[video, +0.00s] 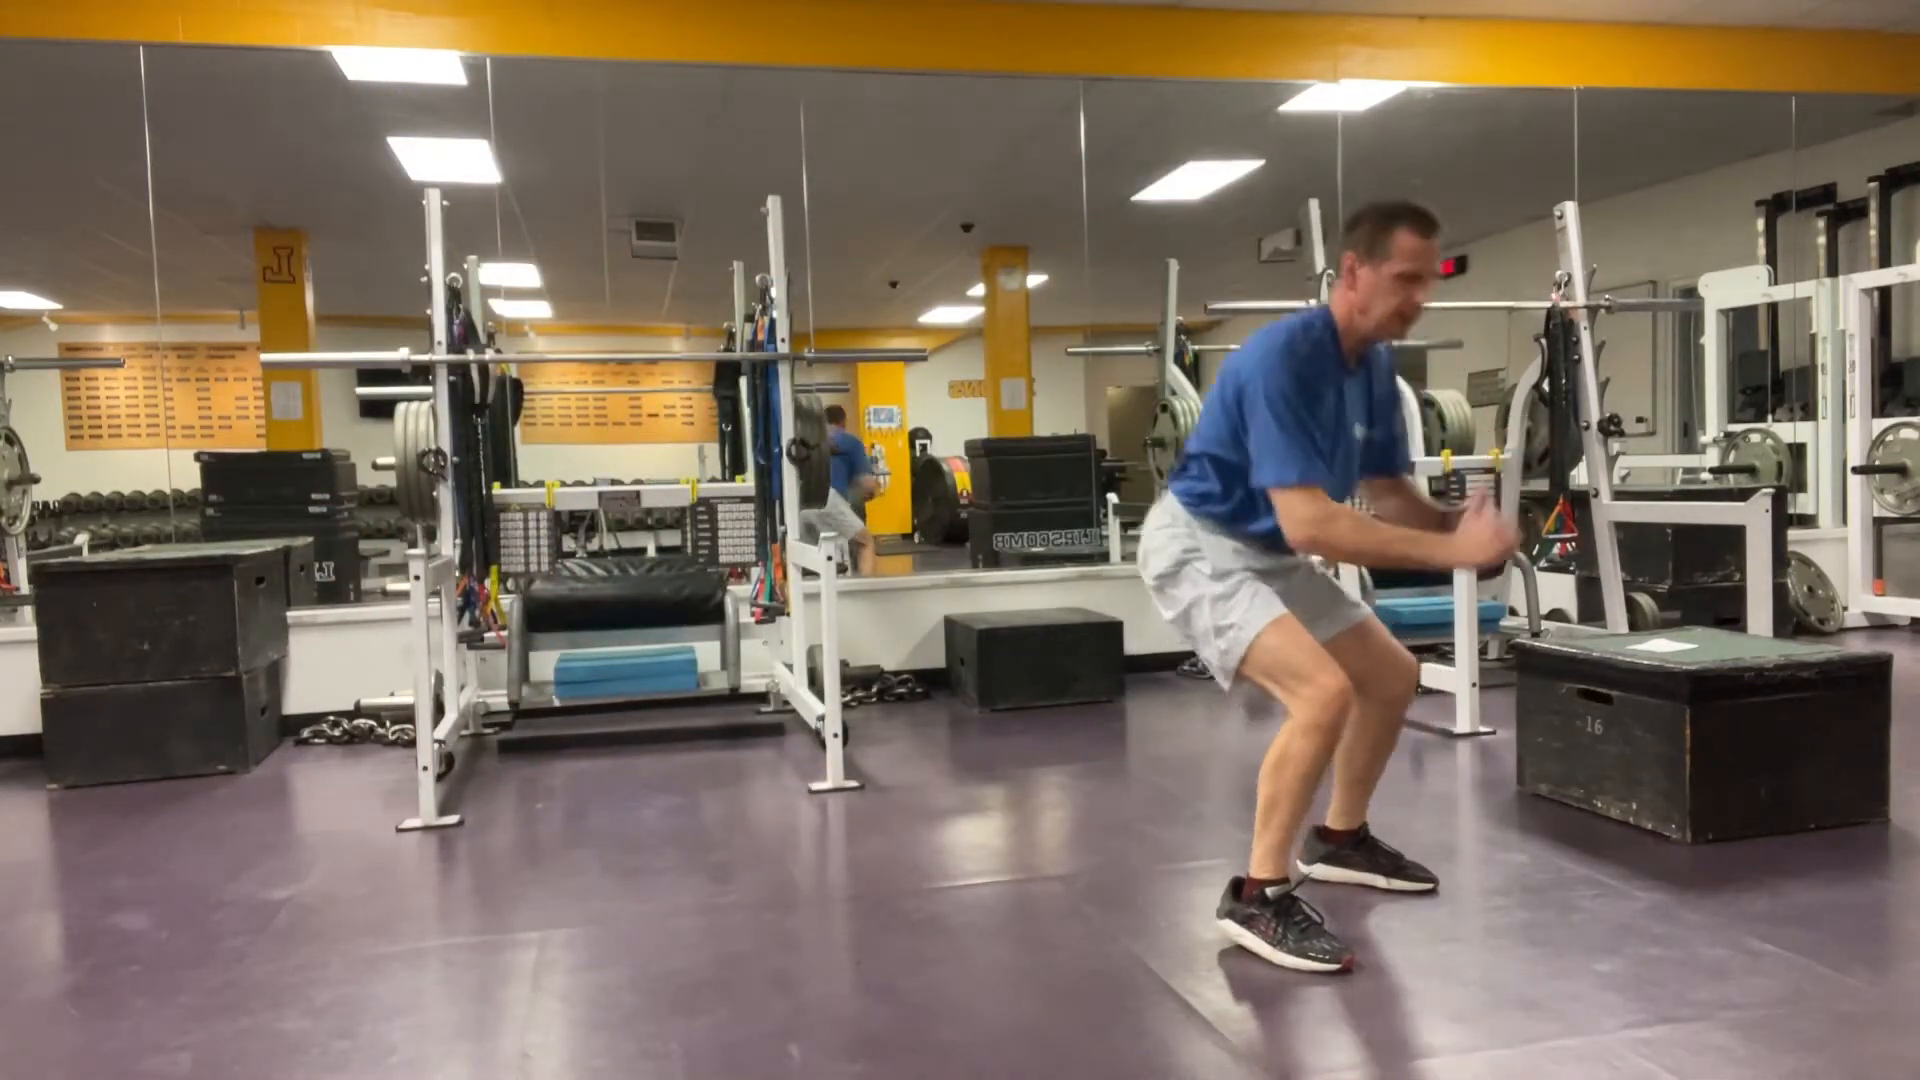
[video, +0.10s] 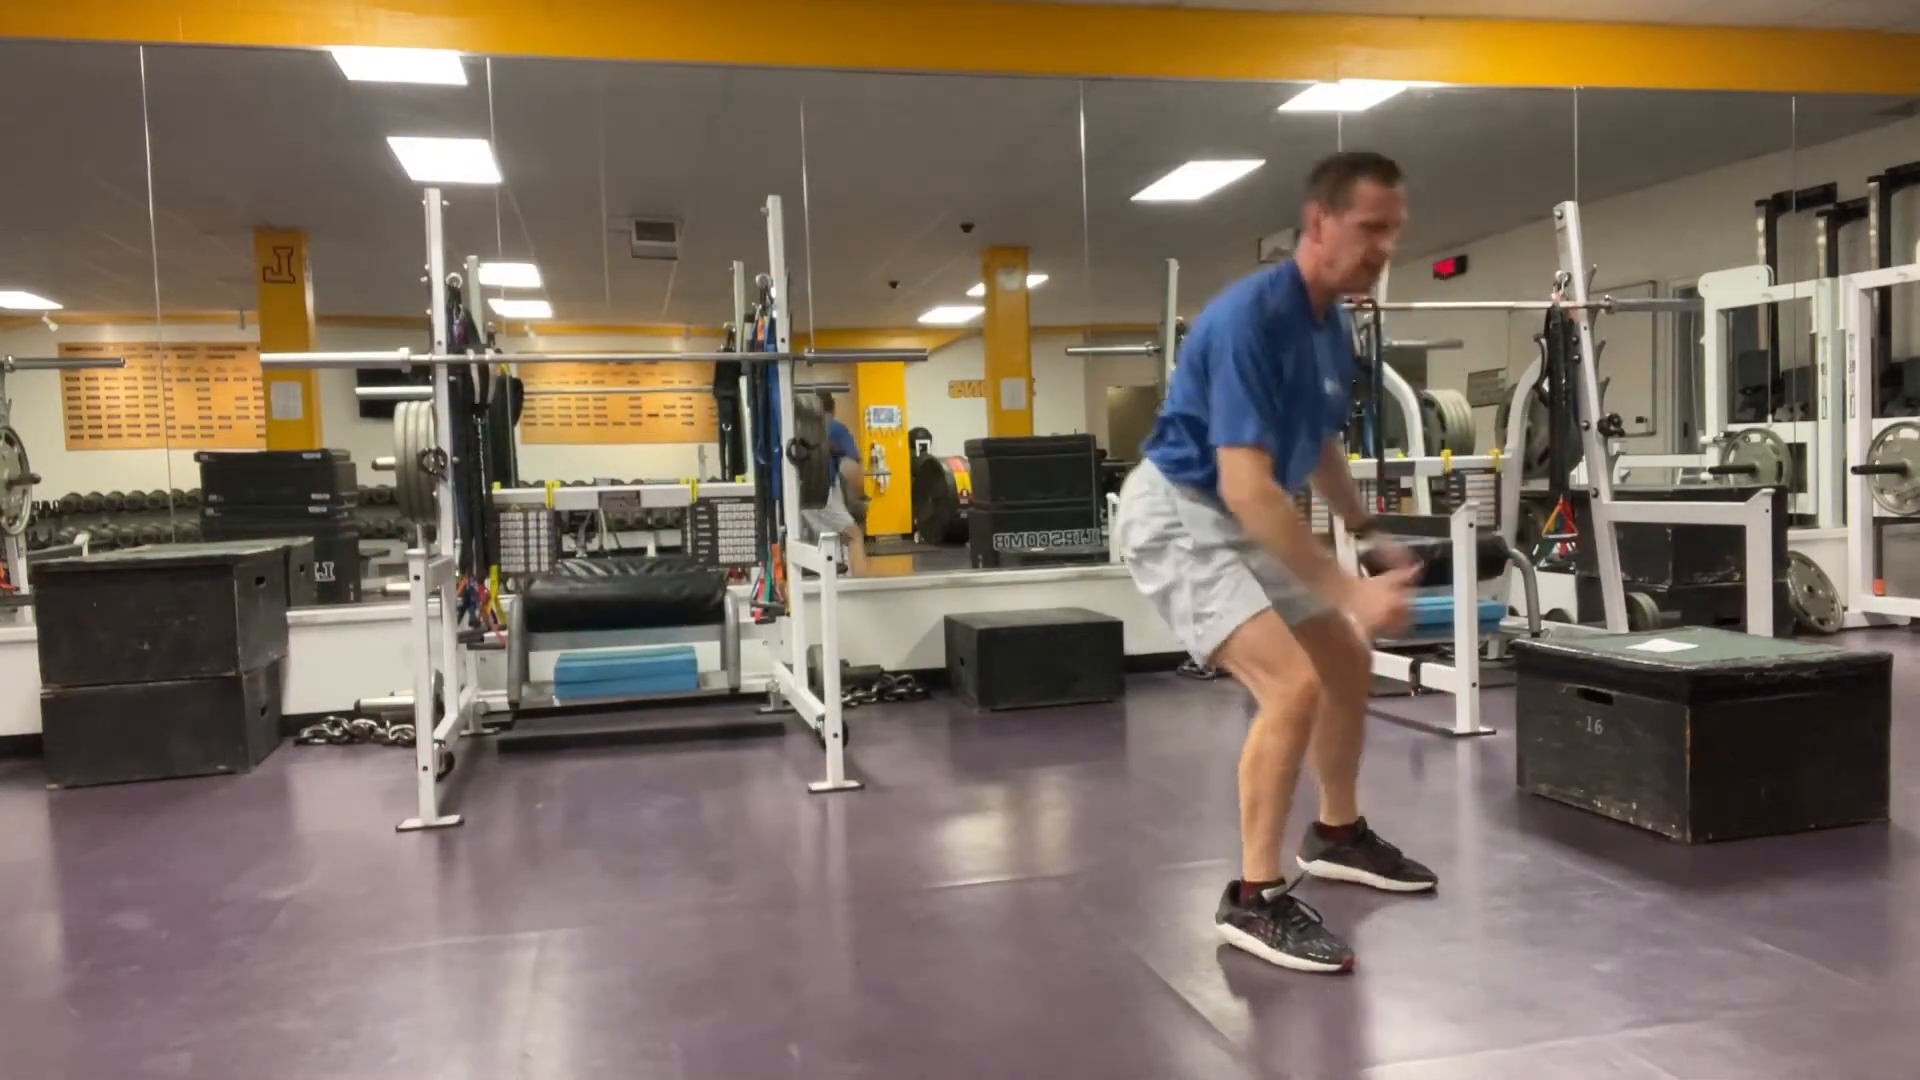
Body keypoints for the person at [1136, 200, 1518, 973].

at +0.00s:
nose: (1421, 300)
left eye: (1428, 282)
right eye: (1407, 280)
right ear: (1353, 275)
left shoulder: (1375, 369)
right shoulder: (1280, 359)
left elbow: (1384, 492)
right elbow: (1307, 526)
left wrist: (1458, 533)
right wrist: (1448, 550)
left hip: (1275, 549)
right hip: (1196, 546)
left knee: (1389, 677)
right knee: (1322, 694)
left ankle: (1341, 838)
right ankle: (1258, 892)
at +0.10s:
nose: (1386, 248)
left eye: (1395, 232)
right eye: (1371, 228)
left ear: (1397, 237)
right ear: (1318, 227)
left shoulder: (1333, 334)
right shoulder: (1248, 320)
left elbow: (1318, 449)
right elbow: (1245, 491)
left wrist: (1367, 531)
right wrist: (1345, 590)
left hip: (1246, 513)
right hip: (1172, 515)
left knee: (1345, 662)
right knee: (1291, 686)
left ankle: (1338, 833)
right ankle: (1256, 897)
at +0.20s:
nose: (1339, 213)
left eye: (1347, 196)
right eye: (1323, 194)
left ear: (1348, 202)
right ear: (1270, 194)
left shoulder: (1290, 298)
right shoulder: (1206, 294)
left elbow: (1265, 432)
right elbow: (1173, 456)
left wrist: (1279, 527)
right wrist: (1222, 584)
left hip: (1218, 498)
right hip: (1151, 500)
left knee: (1313, 651)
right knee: (1262, 679)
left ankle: (1271, 824)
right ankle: (1252, 892)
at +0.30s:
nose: (1280, 201)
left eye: (1286, 184)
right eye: (1262, 184)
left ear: (1284, 190)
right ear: (1207, 186)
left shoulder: (1244, 289)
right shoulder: (1154, 289)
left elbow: (1202, 408)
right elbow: (1079, 441)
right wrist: (1115, 575)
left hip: (1204, 503)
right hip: (1134, 511)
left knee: (1274, 666)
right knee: (1239, 681)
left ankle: (1149, 797)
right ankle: (1251, 897)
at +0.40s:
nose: (1207, 197)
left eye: (1211, 181)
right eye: (1188, 183)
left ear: (1209, 187)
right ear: (1136, 191)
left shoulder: (1196, 298)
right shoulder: (1096, 291)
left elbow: (1166, 411)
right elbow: (1000, 419)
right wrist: (1025, 559)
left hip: (1164, 507)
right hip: (1103, 512)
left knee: (1188, 704)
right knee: (1218, 687)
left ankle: (1049, 796)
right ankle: (1251, 896)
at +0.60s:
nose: (1061, 189)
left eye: (1069, 173)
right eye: (1042, 174)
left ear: (1078, 182)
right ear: (996, 182)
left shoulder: (1075, 290)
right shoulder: (953, 289)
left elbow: (1103, 410)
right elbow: (896, 421)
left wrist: (1155, 494)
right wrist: (912, 540)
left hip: (1061, 499)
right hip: (995, 500)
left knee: (1055, 699)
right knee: (1104, 687)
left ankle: (967, 846)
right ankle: (1195, 876)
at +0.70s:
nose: (992, 171)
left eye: (1002, 155)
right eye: (974, 155)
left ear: (1013, 164)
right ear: (934, 165)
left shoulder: (1022, 270)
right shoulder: (894, 274)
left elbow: (1057, 383)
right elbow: (858, 412)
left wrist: (1120, 456)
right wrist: (902, 524)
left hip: (1014, 477)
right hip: (940, 480)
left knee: (1012, 681)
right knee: (1042, 668)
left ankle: (964, 847)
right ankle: (1066, 873)